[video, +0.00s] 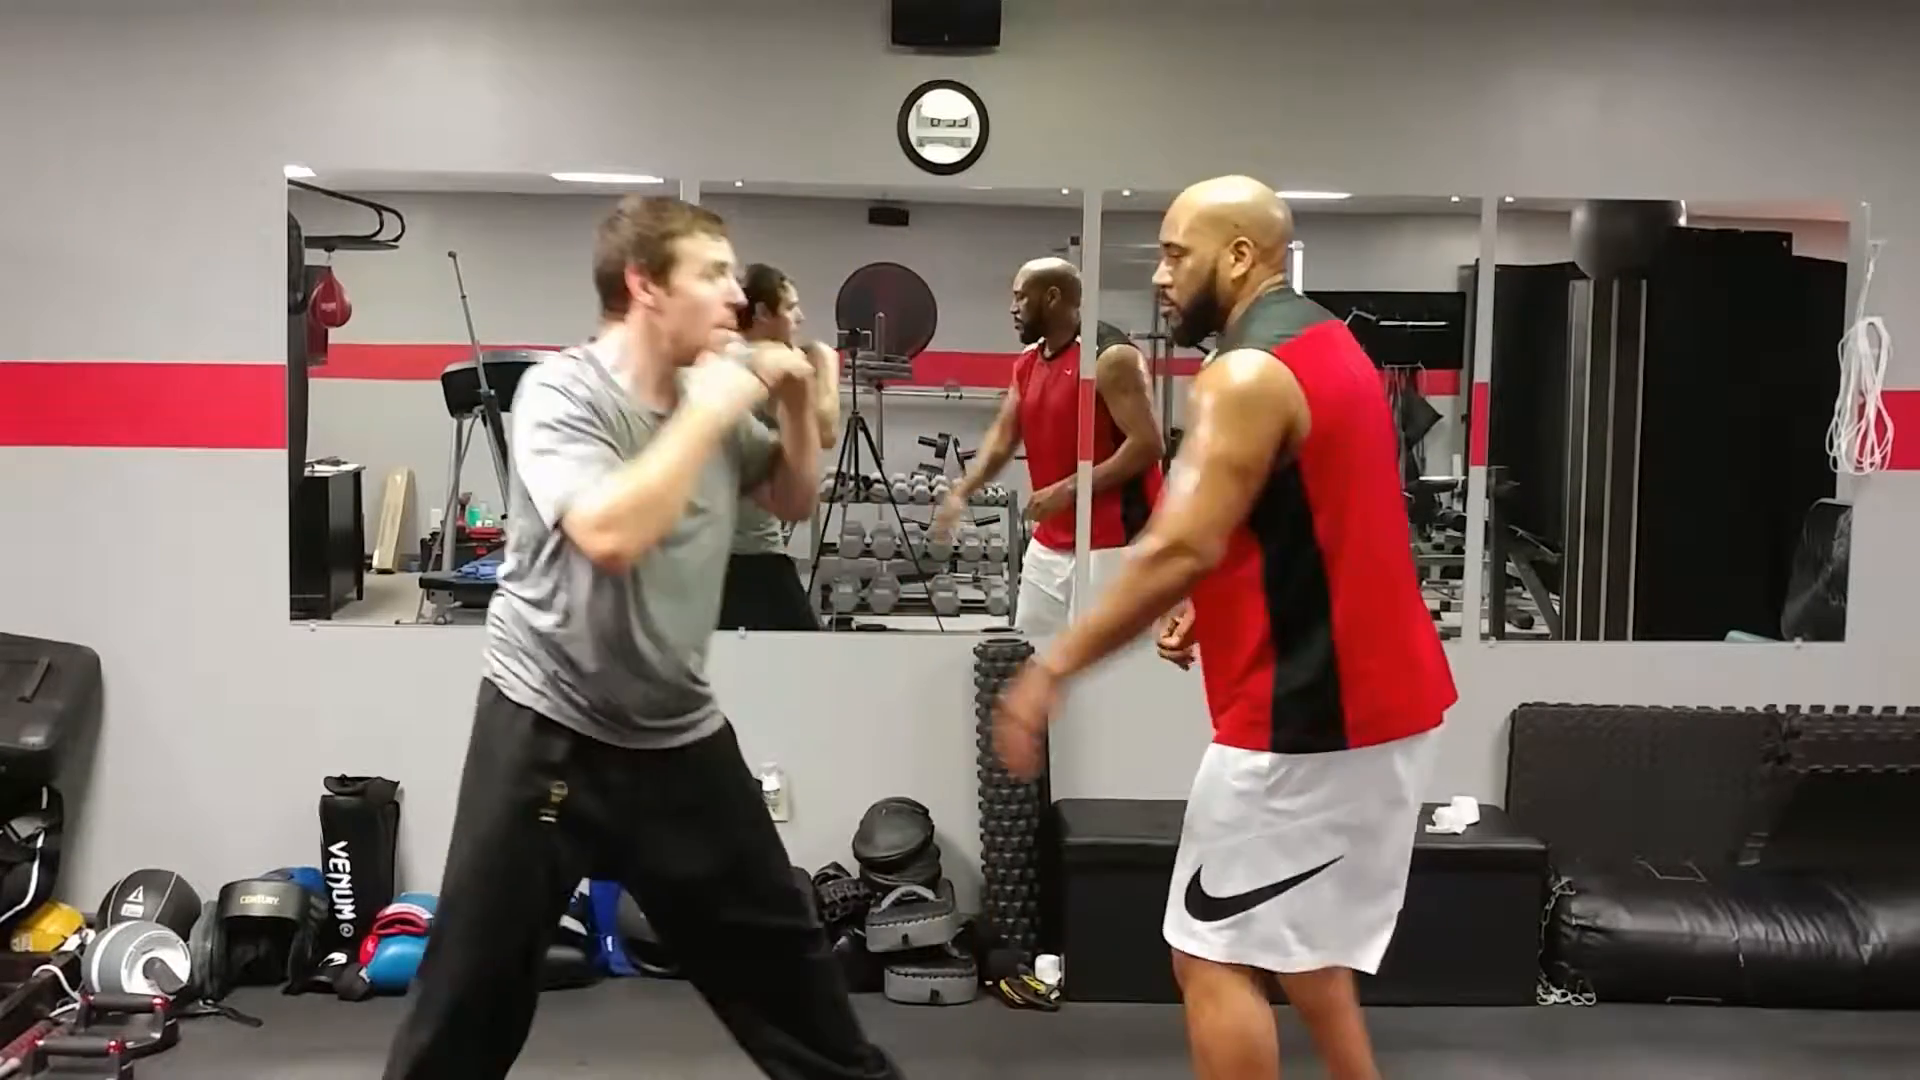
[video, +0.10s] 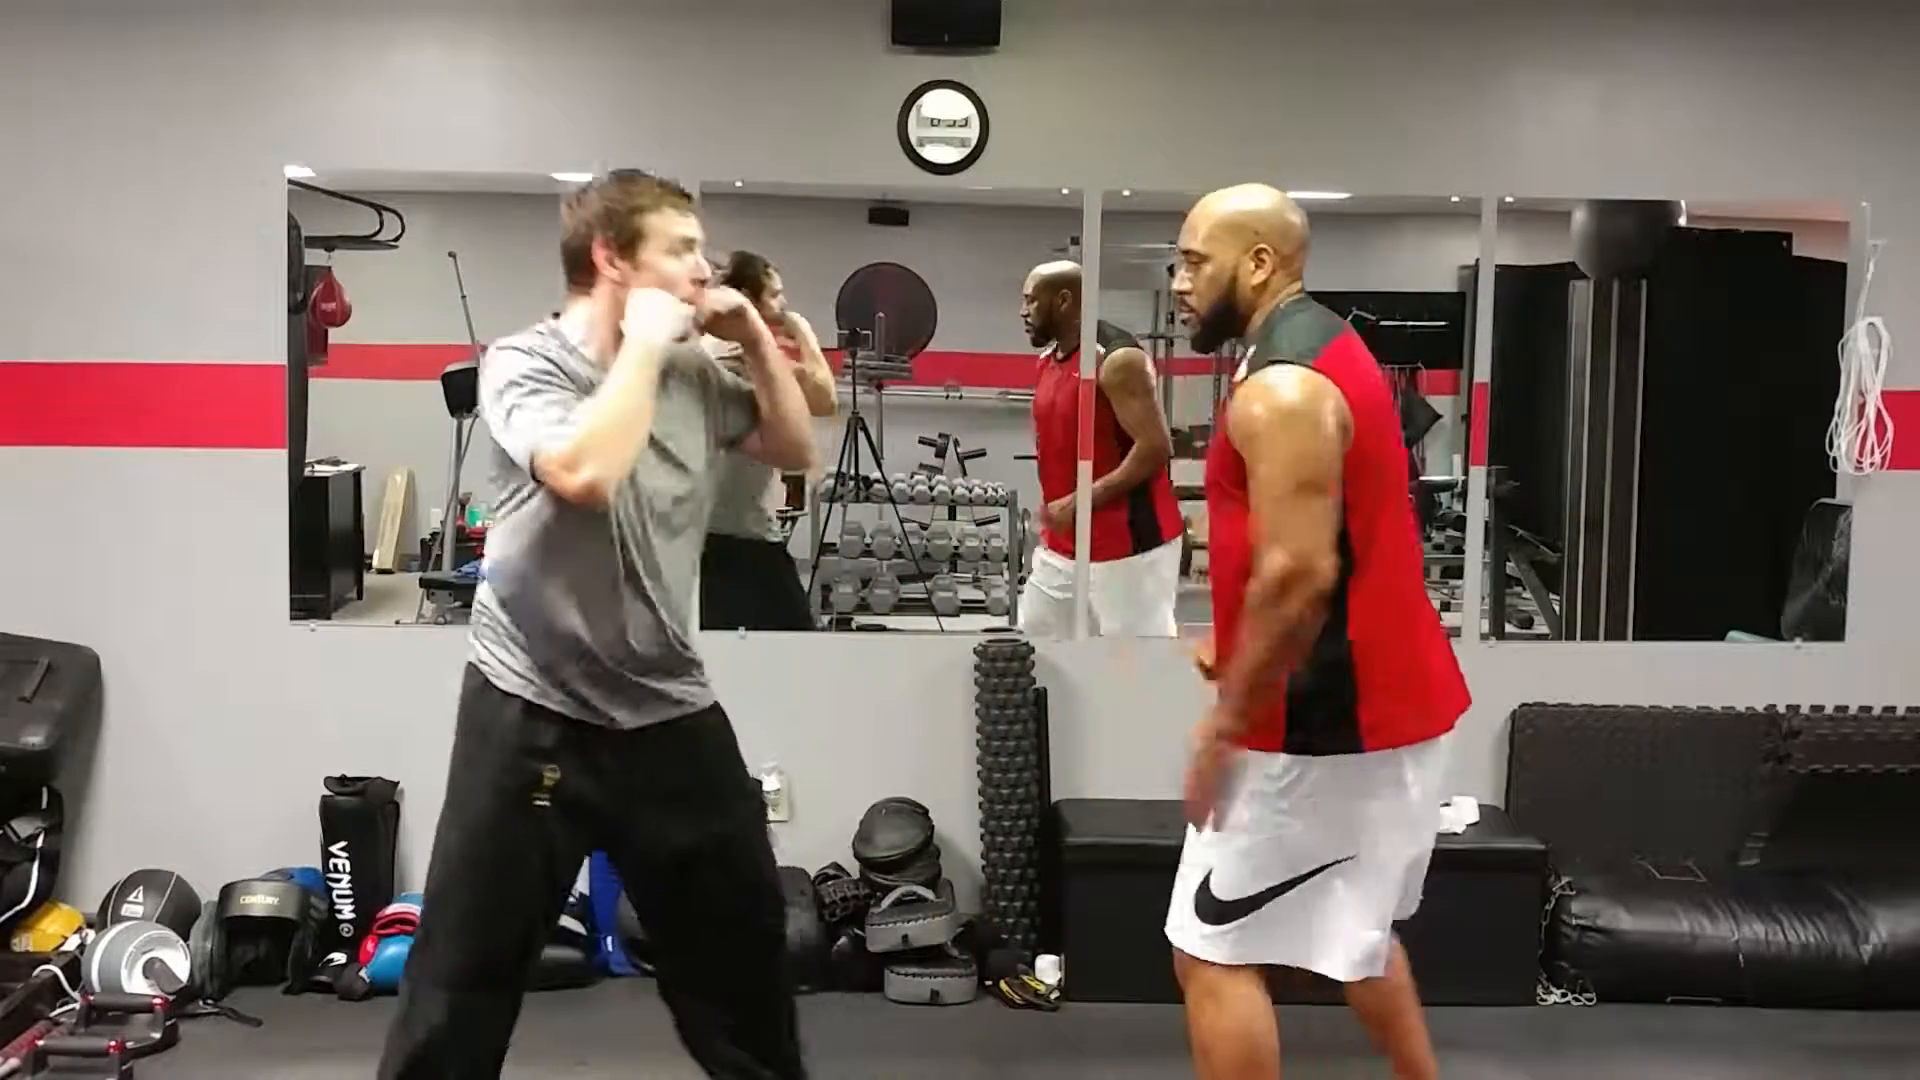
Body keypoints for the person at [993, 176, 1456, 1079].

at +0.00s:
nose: (1159, 275)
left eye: (1175, 256)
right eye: (1161, 256)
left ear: (1241, 257)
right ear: (1256, 260)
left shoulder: (1248, 374)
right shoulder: (1329, 348)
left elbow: (1182, 549)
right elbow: (1314, 518)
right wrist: (1212, 599)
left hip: (1294, 717)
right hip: (1377, 704)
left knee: (1210, 953)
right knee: (1312, 956)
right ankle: (1359, 1076)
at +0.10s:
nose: (1178, 282)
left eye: (1194, 262)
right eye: (1179, 262)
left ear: (1260, 265)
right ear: (1269, 268)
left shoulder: (1284, 383)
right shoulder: (1328, 351)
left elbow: (1298, 576)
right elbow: (1345, 543)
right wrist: (1242, 641)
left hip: (1313, 724)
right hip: (1386, 708)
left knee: (1210, 948)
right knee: (1358, 927)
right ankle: (1421, 1071)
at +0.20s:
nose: (1198, 283)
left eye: (1214, 264)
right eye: (1199, 264)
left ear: (1278, 268)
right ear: (1288, 270)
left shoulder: (1310, 388)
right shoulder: (1348, 356)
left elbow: (1363, 568)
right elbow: (1374, 552)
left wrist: (1272, 708)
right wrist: (1272, 698)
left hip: (1347, 718)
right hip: (1408, 710)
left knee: (1216, 927)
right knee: (1374, 928)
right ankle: (1431, 1072)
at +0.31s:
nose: (1215, 276)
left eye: (1231, 258)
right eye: (1217, 257)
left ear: (1295, 262)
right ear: (1305, 264)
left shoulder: (1315, 376)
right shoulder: (1357, 347)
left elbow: (1350, 563)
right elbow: (1380, 541)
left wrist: (1277, 693)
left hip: (1359, 708)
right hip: (1426, 696)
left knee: (1243, 928)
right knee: (1382, 917)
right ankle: (1434, 1072)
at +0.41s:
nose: (1225, 272)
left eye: (1242, 254)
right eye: (1228, 253)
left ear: (1305, 262)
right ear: (1316, 264)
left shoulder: (1310, 369)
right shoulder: (1365, 344)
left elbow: (1305, 549)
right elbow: (1384, 526)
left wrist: (1245, 626)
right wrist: (1283, 613)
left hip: (1360, 697)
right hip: (1436, 685)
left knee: (1260, 927)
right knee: (1383, 907)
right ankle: (1435, 1071)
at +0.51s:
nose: (1248, 258)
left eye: (1267, 242)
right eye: (1253, 241)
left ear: (1330, 255)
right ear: (1335, 261)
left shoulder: (1319, 333)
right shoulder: (1374, 336)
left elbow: (1164, 421)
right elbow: (1305, 512)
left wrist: (1093, 460)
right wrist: (1224, 614)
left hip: (1355, 693)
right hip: (1438, 683)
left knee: (1275, 939)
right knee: (1391, 913)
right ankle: (1441, 1073)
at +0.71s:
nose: (1291, 241)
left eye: (1314, 228)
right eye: (1295, 226)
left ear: (1374, 246)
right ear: (1378, 252)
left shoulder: (1352, 312)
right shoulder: (1343, 313)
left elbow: (1185, 371)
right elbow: (1194, 322)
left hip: (1317, 662)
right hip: (1388, 664)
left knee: (1134, 872)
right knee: (1357, 913)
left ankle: (1194, 1074)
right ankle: (1429, 1073)